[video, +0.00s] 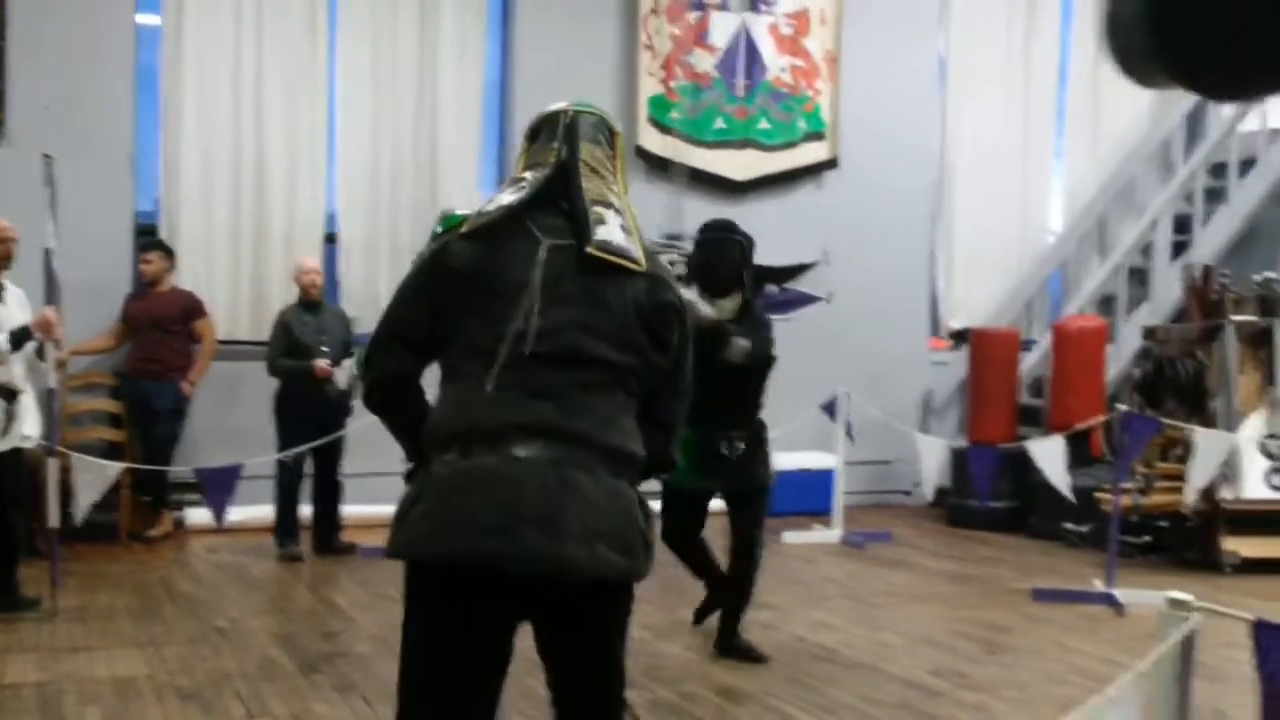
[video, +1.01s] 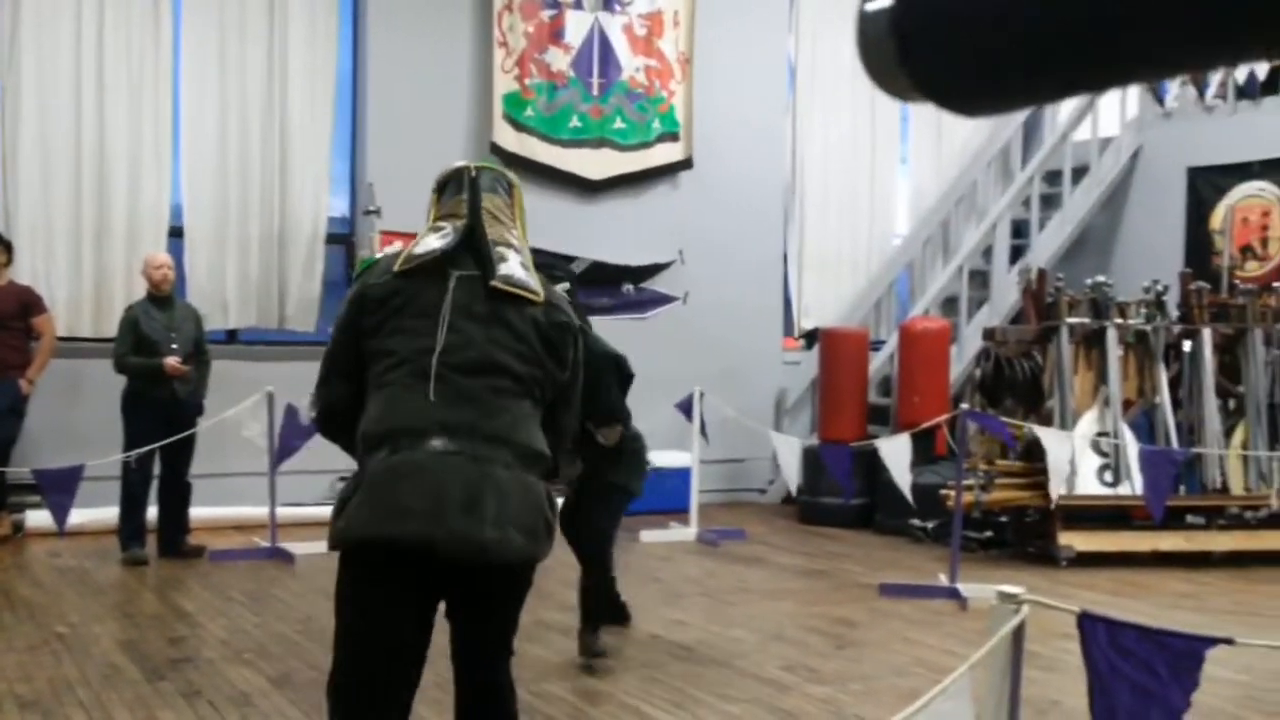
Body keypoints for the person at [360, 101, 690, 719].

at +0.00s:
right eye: (606, 162)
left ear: (527, 163)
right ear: (613, 170)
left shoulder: (463, 250)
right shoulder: (651, 281)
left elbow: (386, 375)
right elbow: (661, 435)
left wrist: (439, 452)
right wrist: (596, 466)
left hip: (461, 517)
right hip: (589, 526)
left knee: (439, 706)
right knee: (592, 708)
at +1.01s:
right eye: (511, 212)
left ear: (434, 214)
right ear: (515, 219)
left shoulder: (381, 281)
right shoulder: (552, 307)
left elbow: (333, 408)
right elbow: (562, 433)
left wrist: (396, 453)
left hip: (390, 512)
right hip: (501, 521)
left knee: (366, 695)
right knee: (486, 679)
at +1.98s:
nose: (297, 184)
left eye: (305, 169)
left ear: (317, 177)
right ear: (417, 186)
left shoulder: (250, 277)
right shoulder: (446, 303)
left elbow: (193, 415)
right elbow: (429, 425)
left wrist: (231, 502)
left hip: (269, 606)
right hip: (402, 611)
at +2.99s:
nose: (222, 264)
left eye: (226, 253)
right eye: (212, 254)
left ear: (231, 261)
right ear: (184, 260)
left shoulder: (238, 329)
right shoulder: (152, 326)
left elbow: (253, 395)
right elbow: (149, 397)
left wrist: (255, 427)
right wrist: (203, 437)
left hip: (216, 461)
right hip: (155, 460)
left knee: (237, 551)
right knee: (137, 561)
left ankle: (201, 609)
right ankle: (152, 683)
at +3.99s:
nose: (356, 275)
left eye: (354, 265)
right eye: (349, 265)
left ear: (315, 272)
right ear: (328, 271)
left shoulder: (330, 328)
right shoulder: (300, 334)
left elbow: (338, 398)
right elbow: (321, 413)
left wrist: (359, 451)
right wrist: (357, 468)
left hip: (292, 455)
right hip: (277, 455)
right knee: (333, 539)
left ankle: (173, 585)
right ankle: (320, 644)